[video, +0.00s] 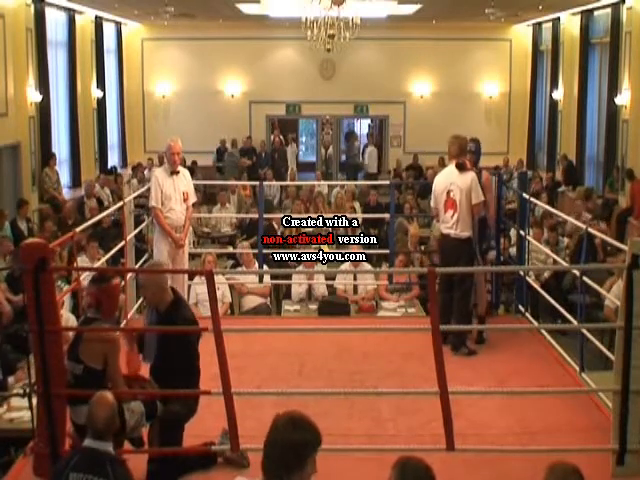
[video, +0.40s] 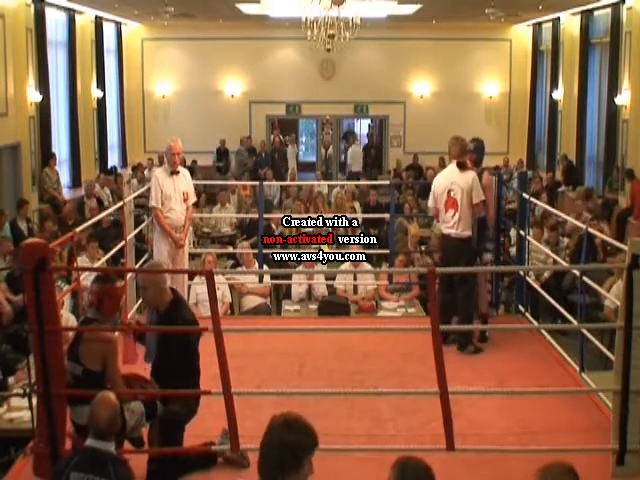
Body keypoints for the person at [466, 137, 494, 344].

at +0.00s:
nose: (469, 157)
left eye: (472, 153)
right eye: (467, 152)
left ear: (478, 156)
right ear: (463, 154)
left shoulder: (485, 178)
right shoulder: (456, 175)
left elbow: (490, 206)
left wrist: (490, 231)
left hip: (479, 231)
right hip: (459, 230)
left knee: (479, 277)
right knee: (462, 278)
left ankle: (480, 321)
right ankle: (460, 321)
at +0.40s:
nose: (469, 158)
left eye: (472, 154)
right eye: (468, 153)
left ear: (479, 155)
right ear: (467, 154)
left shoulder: (486, 178)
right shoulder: (461, 175)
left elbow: (490, 206)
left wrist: (490, 230)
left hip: (482, 230)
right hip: (464, 229)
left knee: (481, 277)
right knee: (467, 277)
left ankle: (483, 322)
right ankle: (464, 321)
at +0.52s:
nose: (471, 157)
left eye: (474, 153)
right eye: (470, 152)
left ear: (480, 155)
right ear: (470, 154)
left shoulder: (488, 179)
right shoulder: (462, 176)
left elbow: (491, 206)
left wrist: (489, 228)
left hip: (483, 231)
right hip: (465, 229)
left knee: (483, 275)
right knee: (467, 276)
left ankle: (483, 322)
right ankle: (464, 320)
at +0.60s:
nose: (472, 157)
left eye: (475, 153)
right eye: (471, 153)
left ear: (481, 155)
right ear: (471, 154)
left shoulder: (488, 179)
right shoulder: (463, 175)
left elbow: (491, 205)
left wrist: (488, 224)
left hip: (483, 230)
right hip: (466, 229)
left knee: (483, 275)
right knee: (467, 276)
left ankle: (483, 320)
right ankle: (463, 319)